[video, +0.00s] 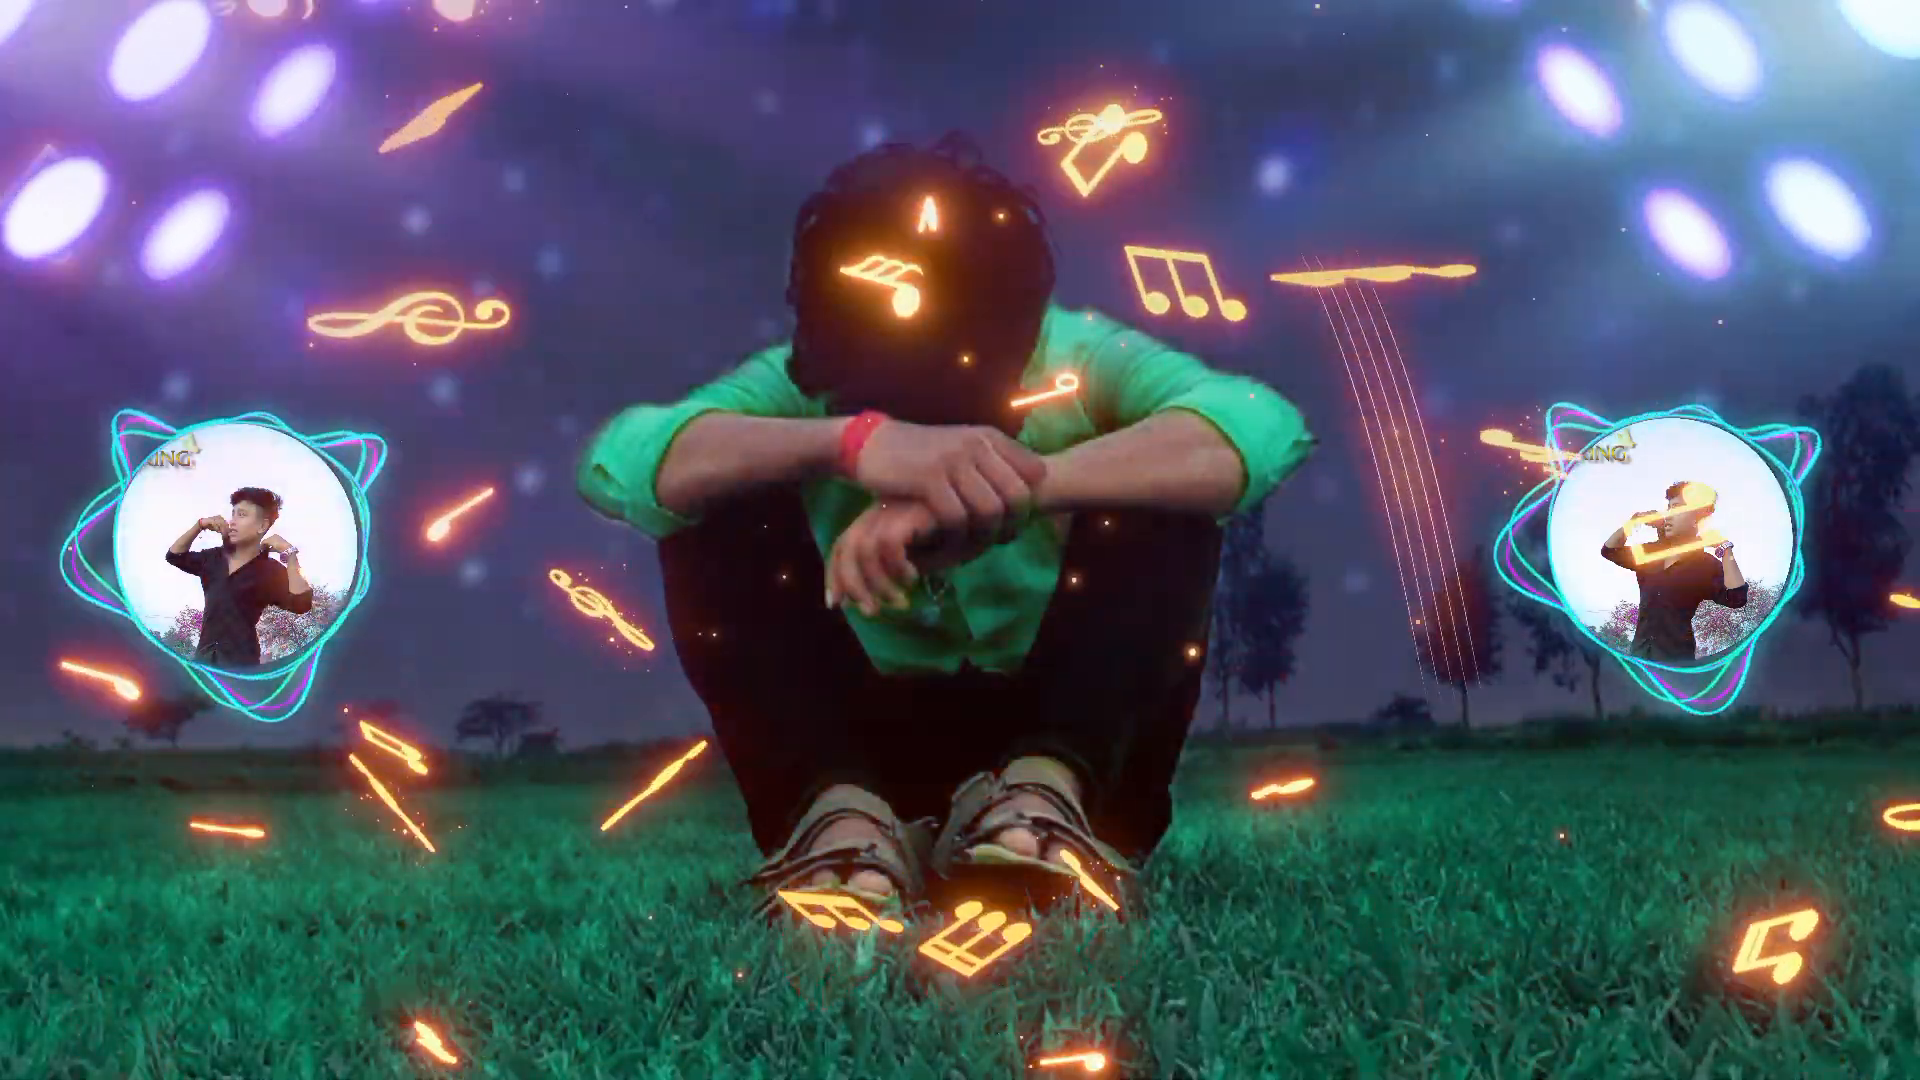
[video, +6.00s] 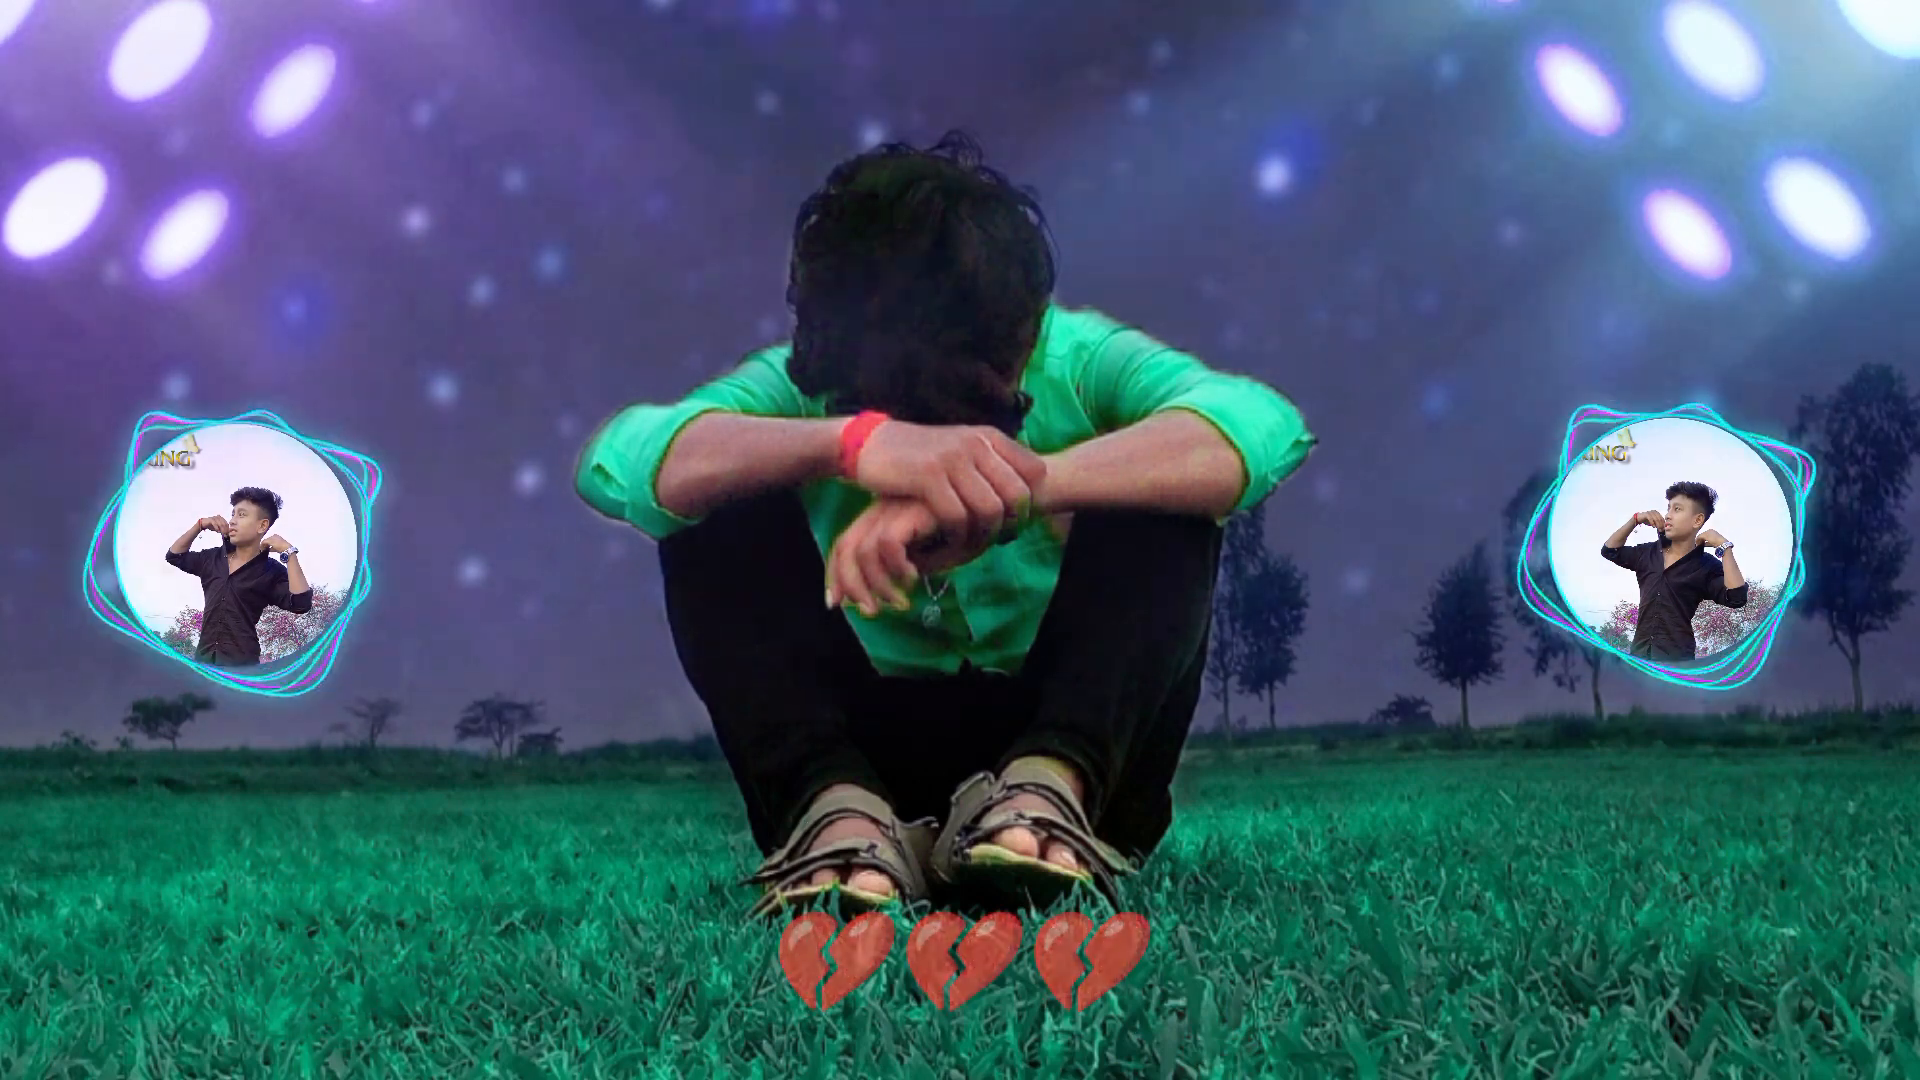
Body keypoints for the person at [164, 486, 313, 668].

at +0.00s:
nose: (231, 521)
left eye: (242, 515)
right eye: (233, 514)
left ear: (264, 524)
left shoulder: (270, 570)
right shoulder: (212, 559)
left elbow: (302, 605)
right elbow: (174, 556)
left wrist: (290, 555)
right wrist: (199, 526)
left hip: (242, 663)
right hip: (204, 660)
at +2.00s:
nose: (232, 521)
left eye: (242, 515)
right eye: (233, 514)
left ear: (263, 525)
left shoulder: (270, 570)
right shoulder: (213, 558)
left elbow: (302, 604)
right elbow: (174, 556)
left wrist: (290, 554)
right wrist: (199, 526)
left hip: (242, 663)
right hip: (204, 659)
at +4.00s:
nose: (232, 521)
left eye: (241, 515)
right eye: (233, 515)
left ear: (263, 525)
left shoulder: (270, 570)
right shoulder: (212, 558)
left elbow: (301, 604)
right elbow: (174, 557)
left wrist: (290, 553)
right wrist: (199, 526)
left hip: (242, 664)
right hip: (203, 659)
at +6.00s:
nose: (232, 521)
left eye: (242, 515)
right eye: (233, 514)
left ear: (263, 525)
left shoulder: (270, 569)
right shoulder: (212, 558)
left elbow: (301, 604)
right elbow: (174, 556)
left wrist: (289, 553)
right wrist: (199, 526)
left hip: (242, 662)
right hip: (204, 658)